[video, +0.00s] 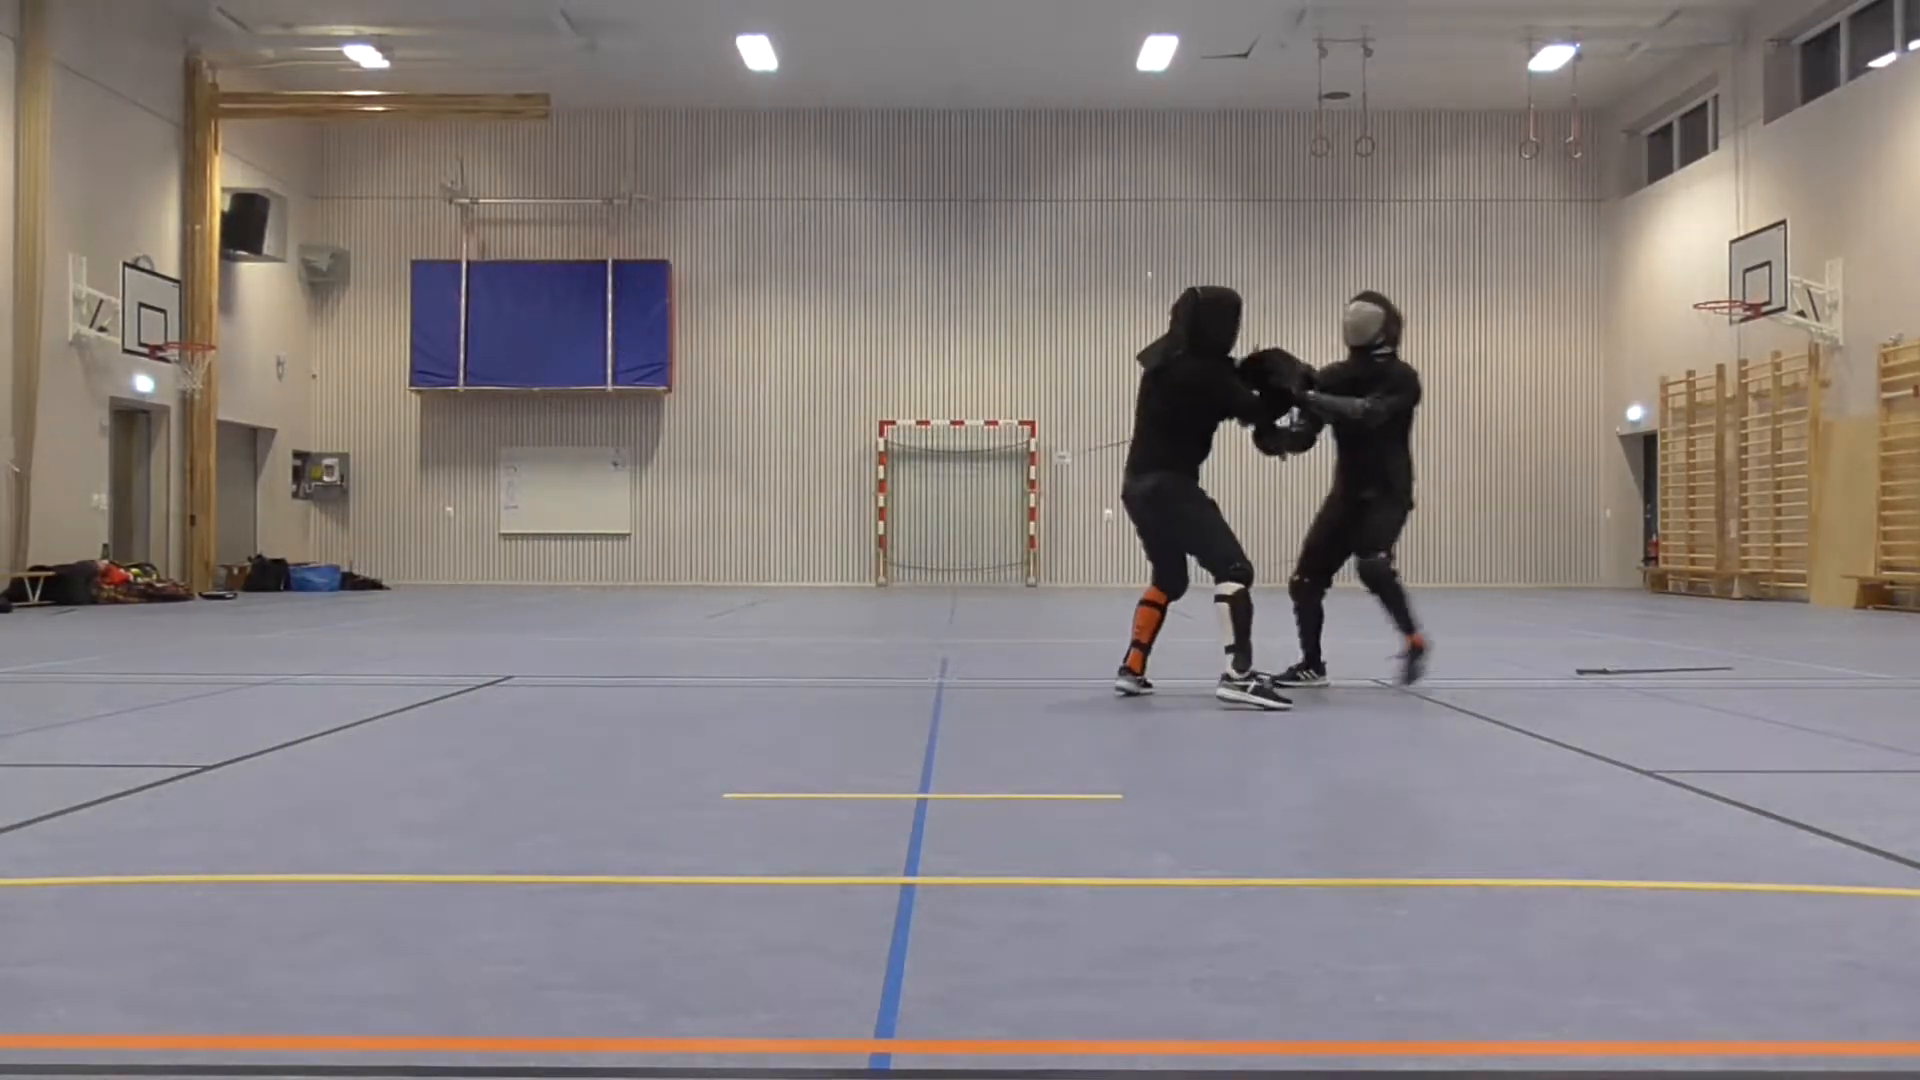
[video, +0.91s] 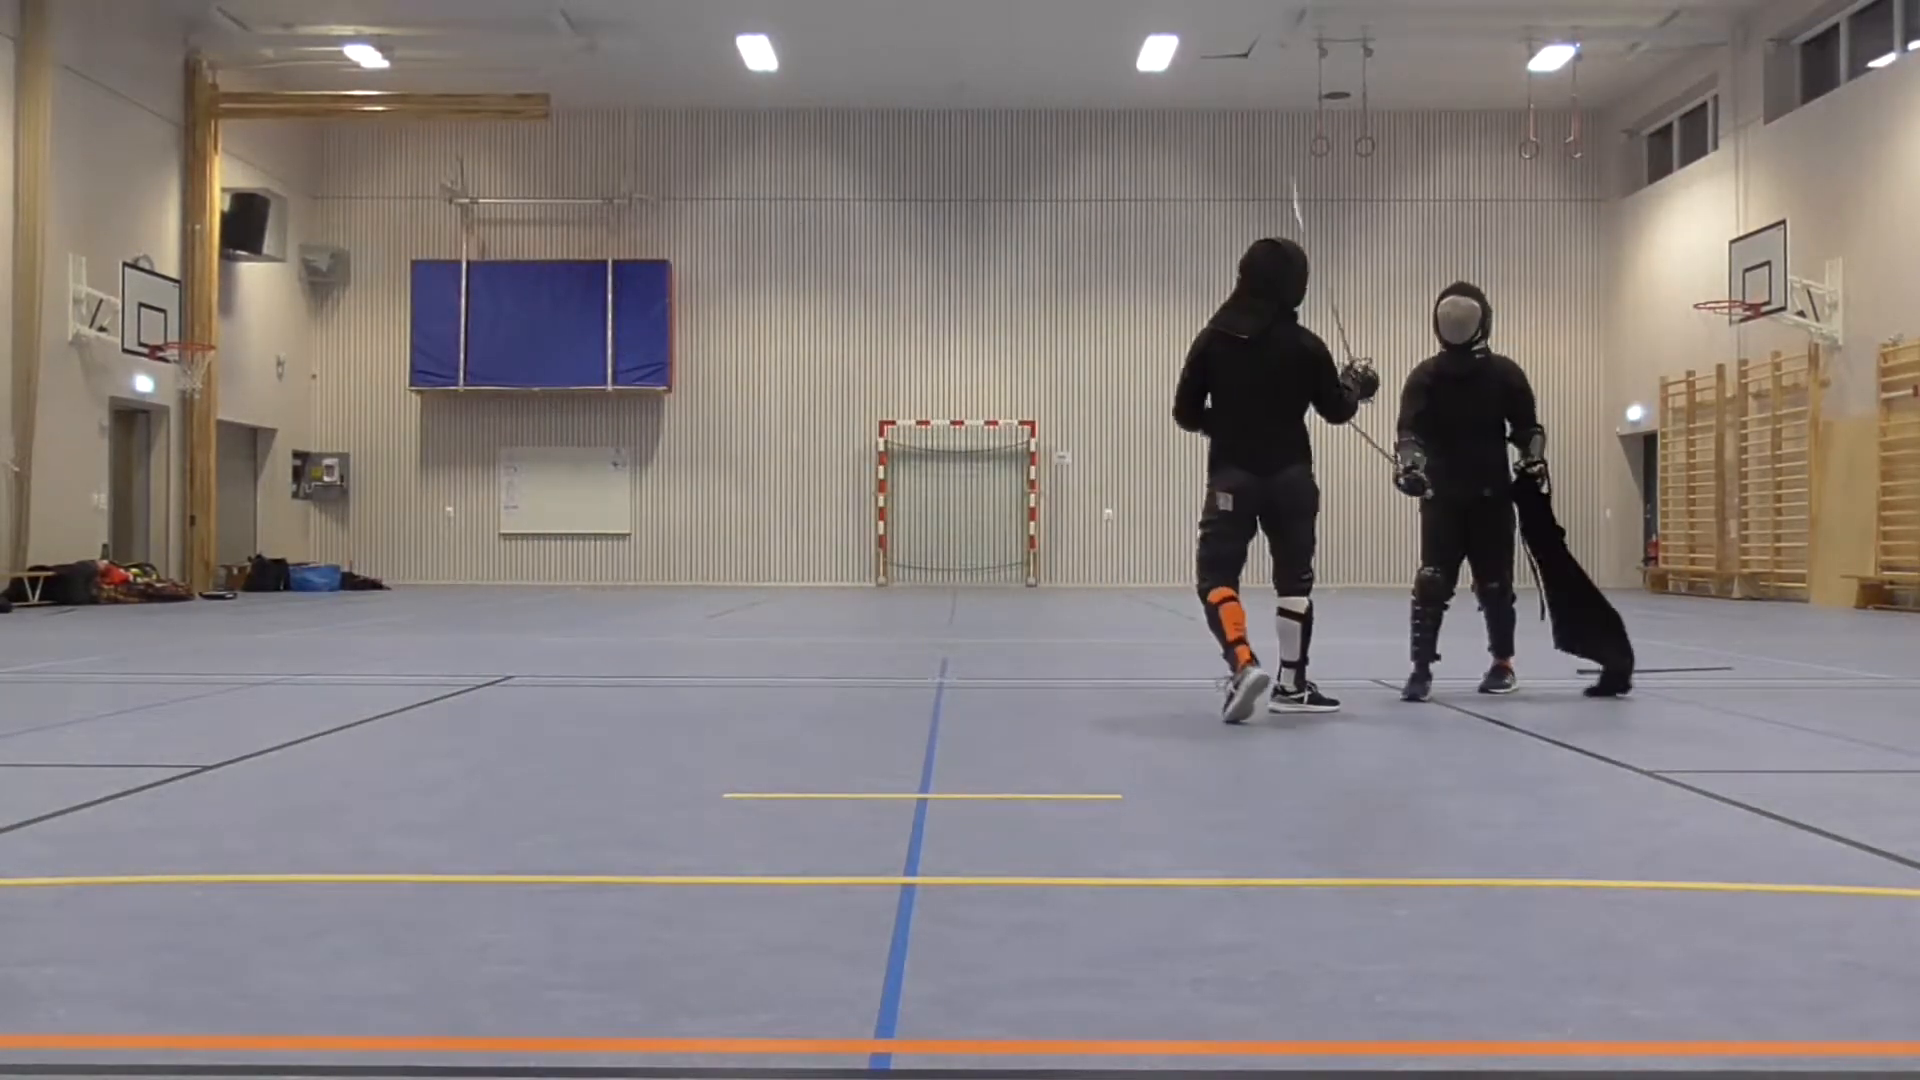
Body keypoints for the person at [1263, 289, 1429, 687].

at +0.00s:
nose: (1351, 332)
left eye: (1360, 325)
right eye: (1349, 325)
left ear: (1381, 332)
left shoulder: (1403, 379)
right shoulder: (1331, 377)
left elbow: (1370, 412)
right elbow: (1304, 432)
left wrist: (1309, 398)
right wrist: (1273, 437)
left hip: (1390, 495)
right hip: (1347, 494)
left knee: (1371, 564)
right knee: (1306, 584)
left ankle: (1414, 641)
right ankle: (1312, 664)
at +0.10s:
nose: (1380, 336)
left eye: (1388, 329)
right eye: (1378, 329)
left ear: (1409, 333)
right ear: (1380, 332)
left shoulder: (1431, 380)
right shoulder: (1364, 376)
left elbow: (1395, 419)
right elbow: (1325, 426)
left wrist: (1336, 399)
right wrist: (1286, 427)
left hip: (1419, 501)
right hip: (1377, 499)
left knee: (1424, 590)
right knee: (1328, 582)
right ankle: (1316, 662)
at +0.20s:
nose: (1405, 345)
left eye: (1414, 337)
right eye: (1403, 337)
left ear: (1437, 341)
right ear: (1404, 338)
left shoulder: (1460, 386)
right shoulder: (1391, 381)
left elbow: (1422, 431)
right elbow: (1343, 426)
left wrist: (1366, 404)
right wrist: (1304, 422)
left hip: (1456, 509)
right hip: (1410, 506)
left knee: (1463, 597)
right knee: (1361, 584)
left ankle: (1501, 668)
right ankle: (1325, 659)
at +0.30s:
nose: (1423, 344)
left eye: (1433, 336)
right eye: (1420, 336)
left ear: (1458, 338)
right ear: (1415, 335)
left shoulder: (1484, 383)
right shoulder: (1408, 383)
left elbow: (1475, 441)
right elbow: (1369, 429)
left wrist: (1411, 418)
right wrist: (1328, 443)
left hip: (1478, 503)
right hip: (1430, 500)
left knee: (1478, 589)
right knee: (1389, 584)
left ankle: (1503, 666)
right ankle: (1373, 661)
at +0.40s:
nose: (1440, 334)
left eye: (1451, 326)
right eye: (1437, 325)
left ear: (1477, 330)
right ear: (1432, 326)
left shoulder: (1504, 379)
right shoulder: (1421, 379)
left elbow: (1513, 440)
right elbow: (1385, 428)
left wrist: (1458, 432)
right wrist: (1351, 446)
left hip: (1489, 503)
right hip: (1436, 501)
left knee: (1489, 585)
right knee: (1402, 584)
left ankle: (1504, 666)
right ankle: (1380, 660)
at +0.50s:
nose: (1449, 332)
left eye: (1460, 323)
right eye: (1445, 323)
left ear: (1485, 327)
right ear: (1440, 325)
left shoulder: (1515, 378)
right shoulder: (1432, 376)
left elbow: (1535, 442)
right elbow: (1397, 423)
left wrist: (1497, 440)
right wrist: (1361, 446)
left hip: (1494, 501)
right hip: (1443, 498)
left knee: (1491, 586)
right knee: (1404, 579)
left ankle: (1504, 665)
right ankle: (1386, 655)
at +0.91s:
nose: (1455, 330)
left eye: (1464, 321)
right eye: (1448, 321)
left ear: (1483, 323)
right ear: (1437, 325)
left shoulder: (1505, 374)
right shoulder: (1424, 377)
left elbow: (1527, 427)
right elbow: (1410, 432)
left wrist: (1531, 459)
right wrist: (1411, 466)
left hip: (1492, 497)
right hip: (1441, 498)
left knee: (1495, 586)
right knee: (1431, 584)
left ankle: (1502, 665)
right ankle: (1420, 670)